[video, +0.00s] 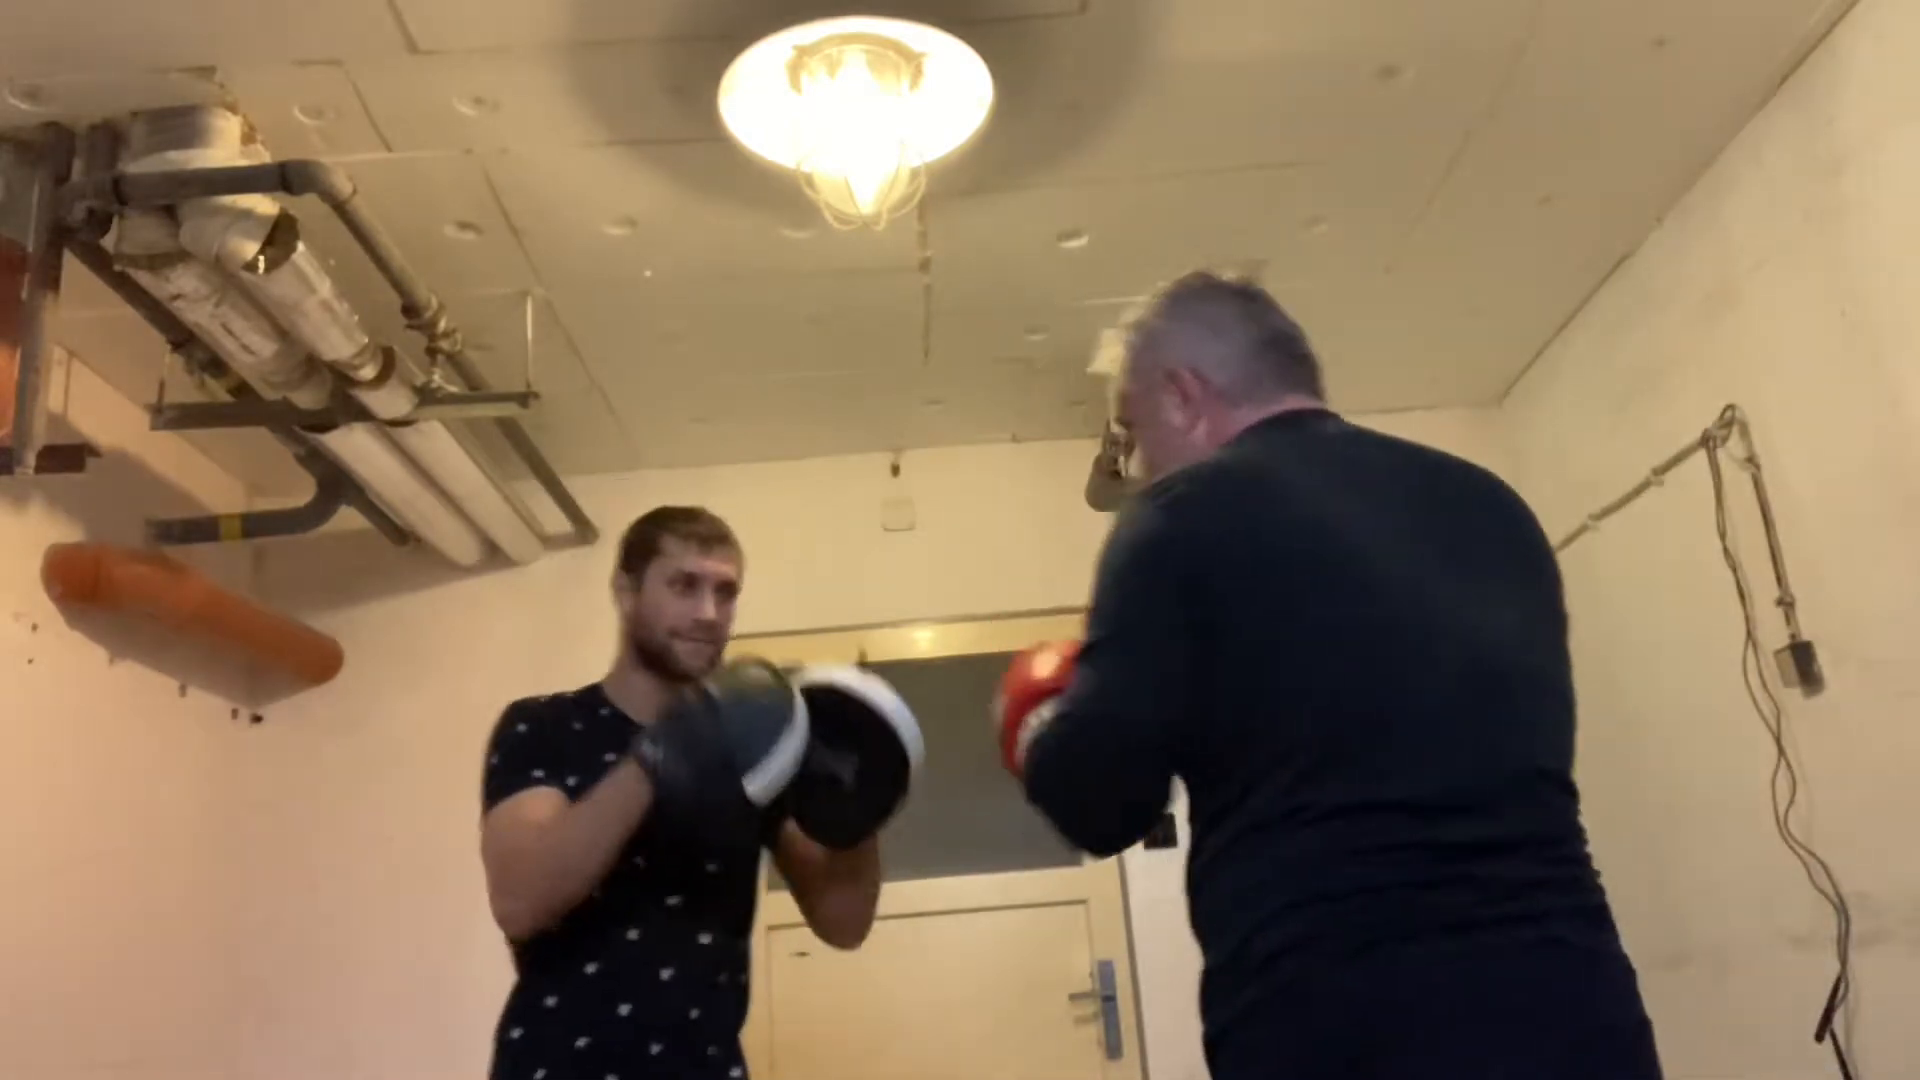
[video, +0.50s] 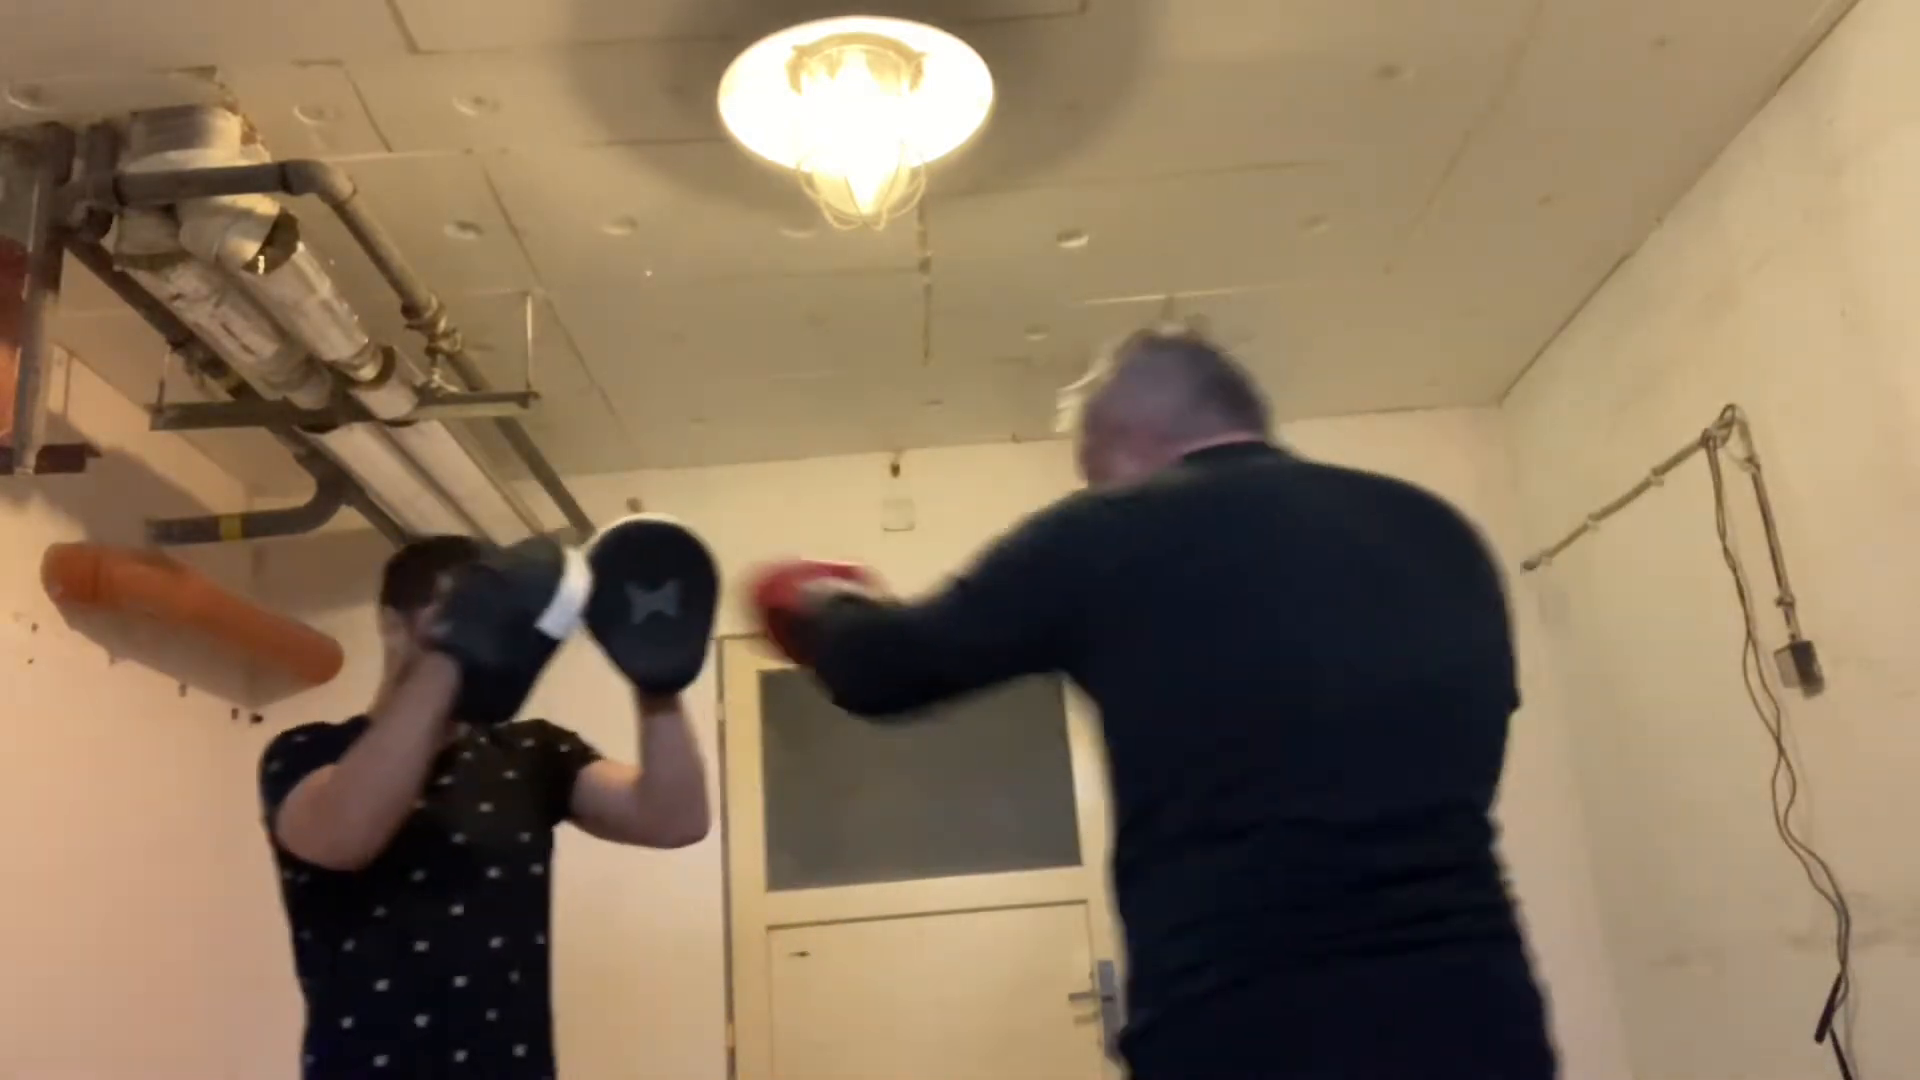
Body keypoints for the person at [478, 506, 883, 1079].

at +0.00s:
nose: (709, 613)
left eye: (724, 594)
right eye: (684, 587)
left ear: (737, 607)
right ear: (626, 592)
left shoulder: (740, 742)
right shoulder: (540, 730)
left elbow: (843, 924)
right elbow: (520, 902)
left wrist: (849, 793)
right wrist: (659, 758)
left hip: (704, 1059)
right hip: (563, 1059)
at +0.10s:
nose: (678, 624)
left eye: (691, 604)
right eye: (654, 599)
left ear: (704, 611)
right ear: (590, 602)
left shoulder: (704, 744)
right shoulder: (506, 735)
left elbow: (826, 895)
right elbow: (502, 885)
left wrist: (822, 760)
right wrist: (619, 733)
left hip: (679, 1060)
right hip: (539, 1060)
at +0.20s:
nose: (623, 635)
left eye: (637, 617)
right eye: (603, 614)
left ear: (655, 626)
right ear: (540, 615)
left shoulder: (665, 750)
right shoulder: (454, 745)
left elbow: (796, 857)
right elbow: (473, 859)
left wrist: (784, 722)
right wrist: (582, 691)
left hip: (637, 1061)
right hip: (497, 1063)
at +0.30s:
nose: (544, 635)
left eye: (559, 618)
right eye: (528, 616)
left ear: (583, 628)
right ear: (479, 625)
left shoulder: (605, 760)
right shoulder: (393, 754)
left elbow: (750, 827)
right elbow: (430, 835)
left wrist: (736, 690)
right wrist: (537, 657)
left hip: (584, 1061)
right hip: (444, 1063)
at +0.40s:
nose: (508, 635)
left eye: (521, 617)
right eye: (489, 616)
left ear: (541, 626)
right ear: (431, 631)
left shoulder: (559, 758)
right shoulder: (343, 755)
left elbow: (705, 815)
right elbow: (382, 831)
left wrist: (693, 672)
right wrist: (490, 656)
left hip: (537, 1065)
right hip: (395, 1067)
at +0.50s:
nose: (473, 630)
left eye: (485, 612)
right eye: (455, 608)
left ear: (505, 623)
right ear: (395, 622)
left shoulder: (529, 755)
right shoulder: (308, 755)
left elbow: (675, 819)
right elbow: (342, 835)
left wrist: (659, 682)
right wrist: (444, 657)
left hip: (511, 1062)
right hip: (365, 1064)